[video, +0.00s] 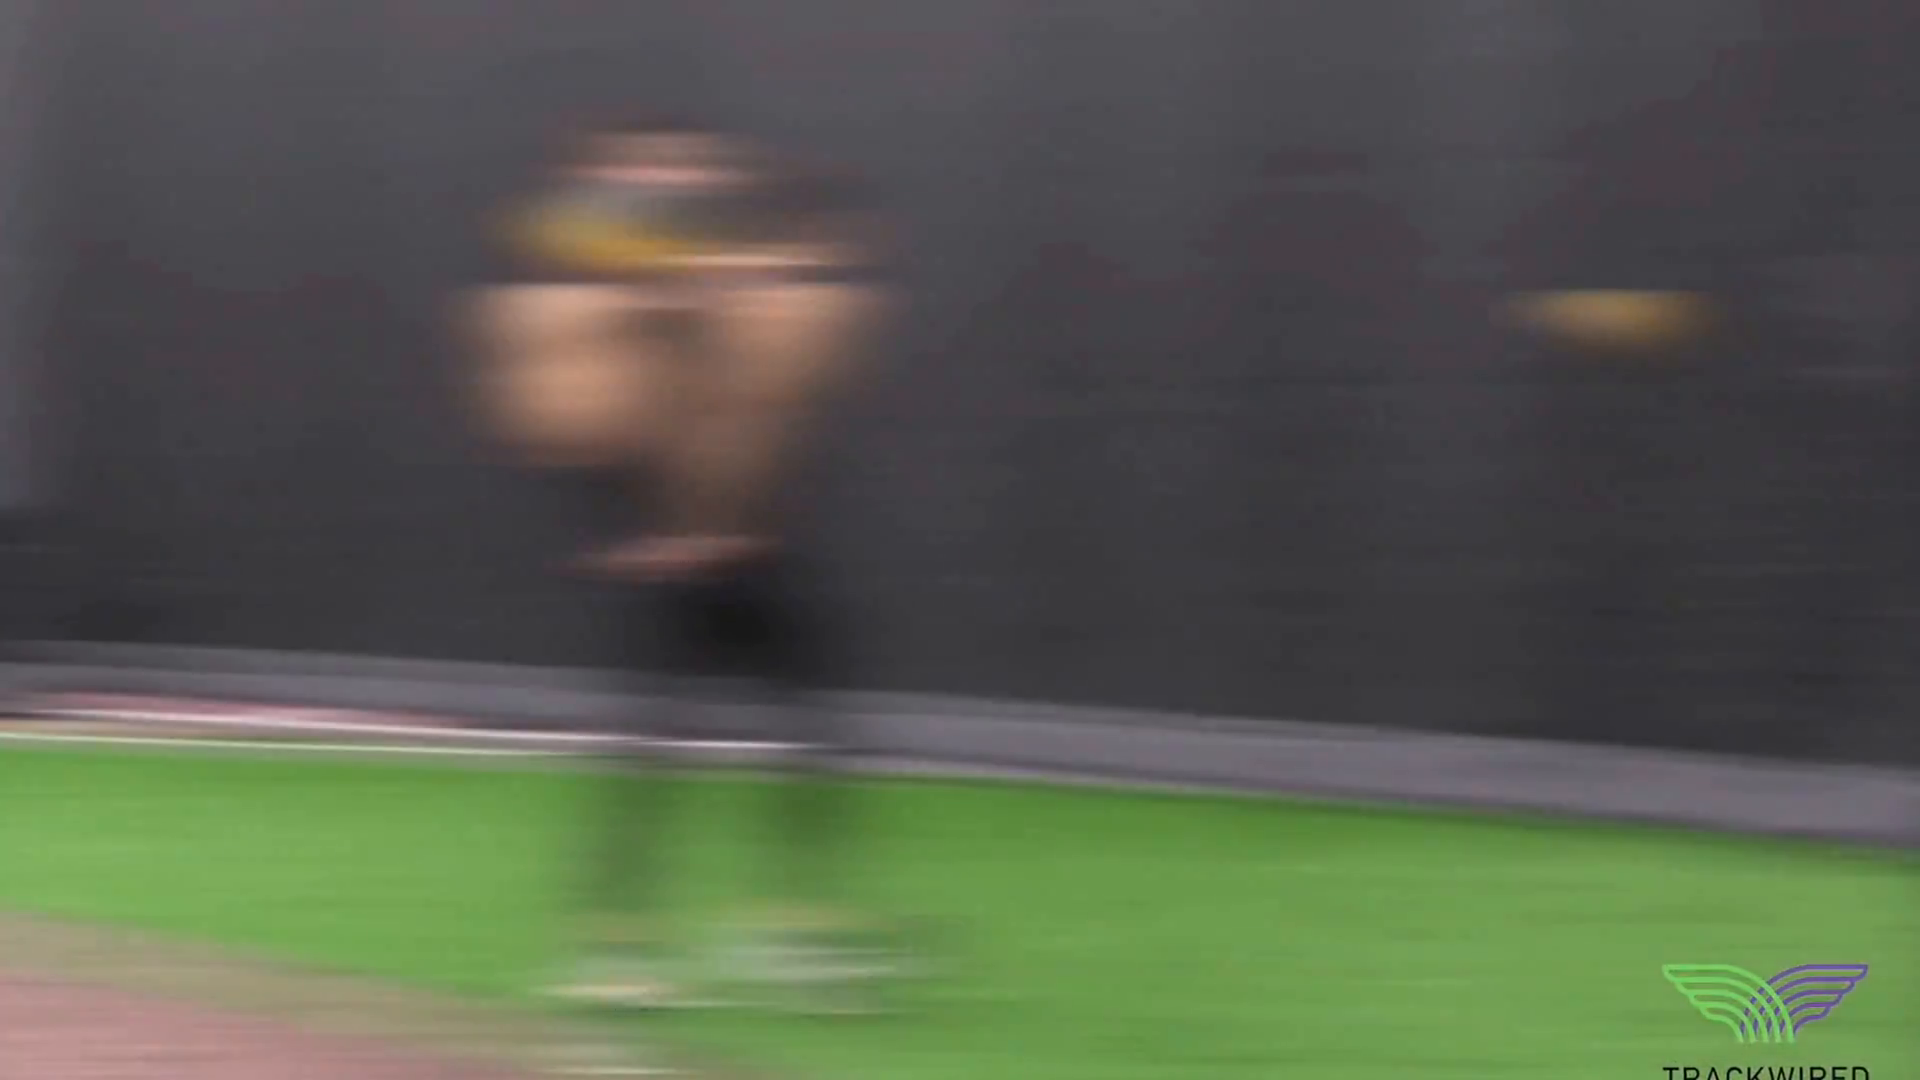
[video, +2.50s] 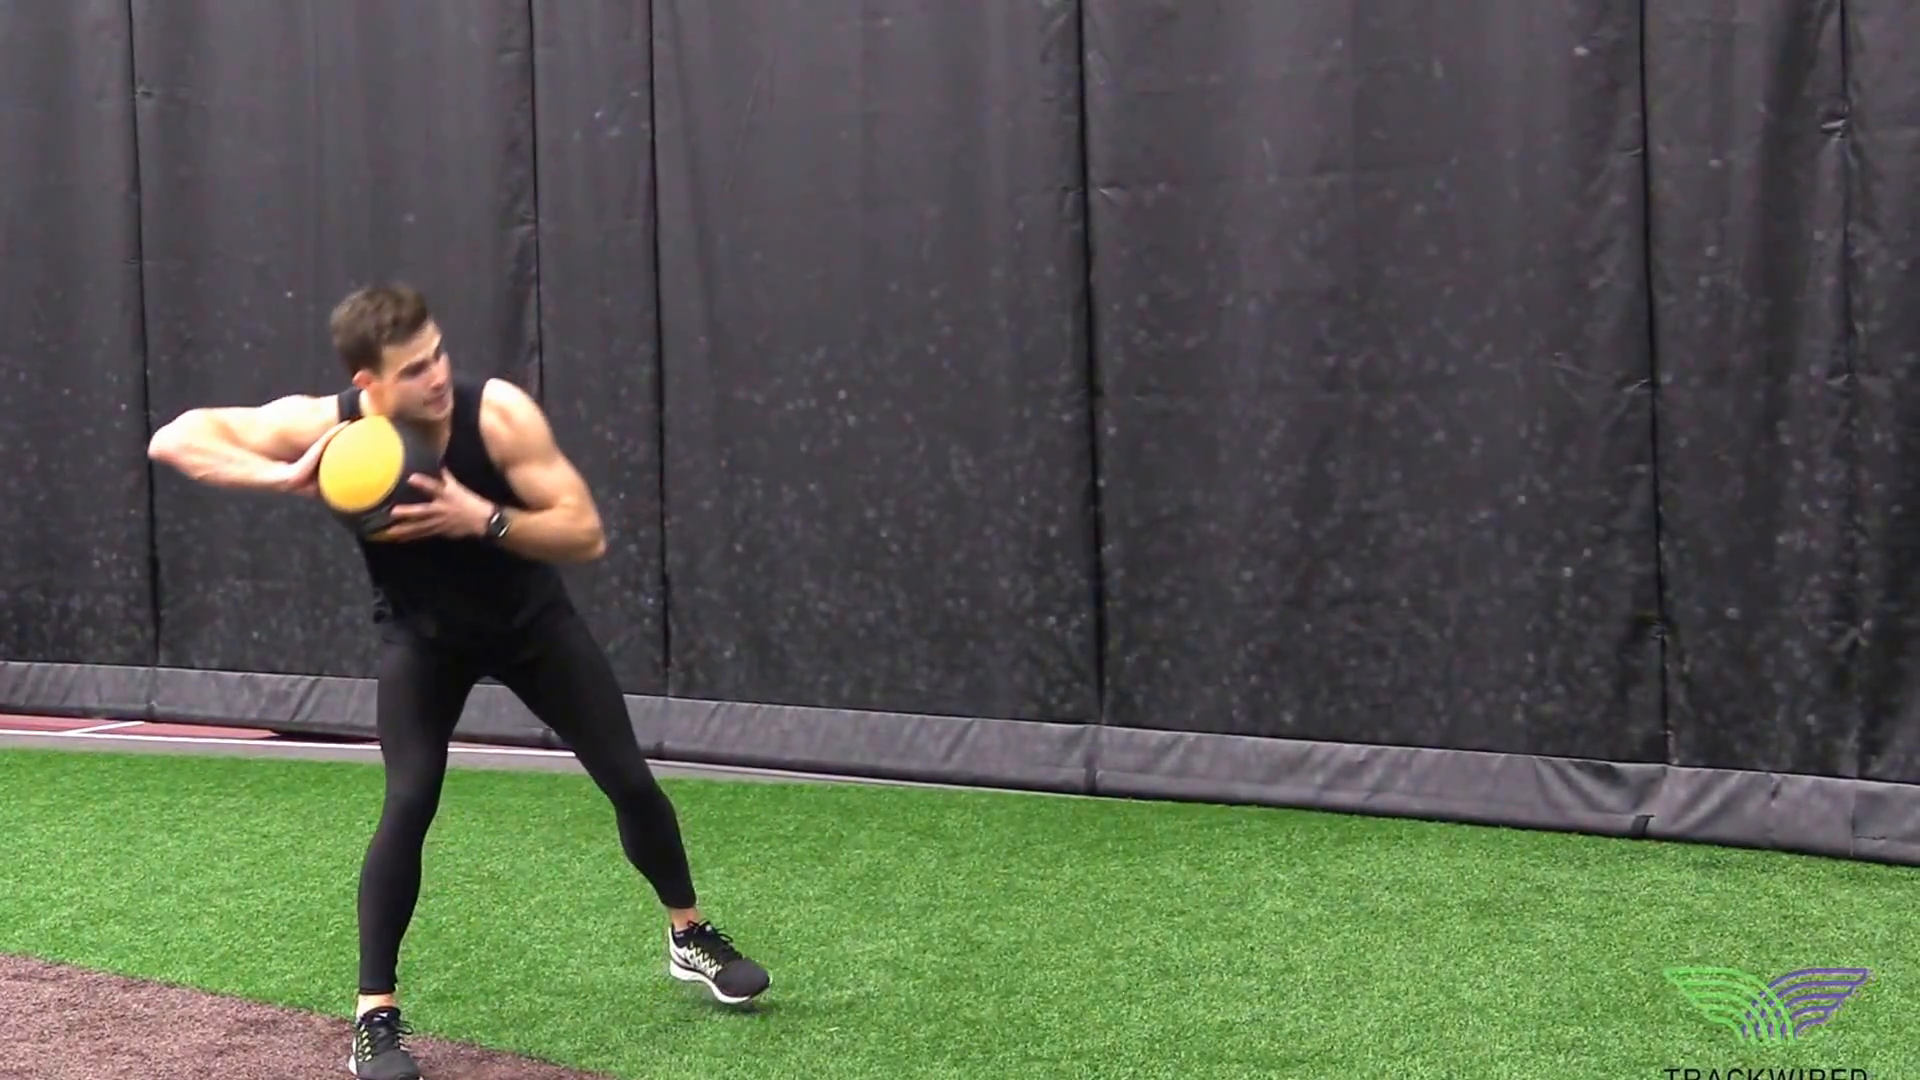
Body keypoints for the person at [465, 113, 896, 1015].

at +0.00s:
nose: (663, 208)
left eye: (686, 189)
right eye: (637, 192)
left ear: (724, 188)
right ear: (596, 196)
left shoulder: (767, 263)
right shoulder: (582, 277)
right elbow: (553, 407)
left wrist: (720, 513)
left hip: (755, 537)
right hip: (641, 535)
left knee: (812, 717)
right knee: (640, 733)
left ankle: (801, 915)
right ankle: (618, 930)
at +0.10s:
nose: (677, 219)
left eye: (696, 198)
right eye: (648, 201)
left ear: (728, 206)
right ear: (595, 211)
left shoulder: (761, 293)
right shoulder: (582, 301)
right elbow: (568, 419)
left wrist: (784, 570)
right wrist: (659, 304)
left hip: (753, 564)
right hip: (649, 572)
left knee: (805, 726)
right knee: (644, 746)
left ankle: (810, 920)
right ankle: (616, 952)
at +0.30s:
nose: (674, 189)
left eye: (685, 175)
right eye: (654, 177)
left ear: (702, 192)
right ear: (612, 200)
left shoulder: (738, 297)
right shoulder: (590, 309)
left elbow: (832, 389)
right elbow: (563, 427)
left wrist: (768, 300)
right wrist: (635, 327)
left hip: (757, 573)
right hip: (664, 582)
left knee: (818, 748)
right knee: (651, 780)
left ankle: (847, 934)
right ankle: (617, 994)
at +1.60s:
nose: (716, 213)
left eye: (721, 198)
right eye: (695, 199)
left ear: (728, 214)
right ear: (643, 216)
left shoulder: (751, 308)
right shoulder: (597, 302)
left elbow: (841, 422)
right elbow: (457, 314)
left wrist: (792, 342)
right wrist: (578, 313)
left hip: (720, 585)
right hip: (618, 582)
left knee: (747, 765)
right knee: (596, 753)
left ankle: (771, 959)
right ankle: (528, 972)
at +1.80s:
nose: (615, 230)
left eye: (619, 213)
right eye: (594, 216)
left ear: (627, 224)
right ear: (543, 233)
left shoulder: (668, 315)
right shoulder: (498, 312)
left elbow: (750, 428)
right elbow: (355, 331)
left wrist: (685, 360)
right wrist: (482, 333)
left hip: (639, 588)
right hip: (530, 584)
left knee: (671, 772)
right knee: (496, 761)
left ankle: (698, 962)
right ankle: (420, 980)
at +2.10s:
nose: (523, 278)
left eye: (527, 260)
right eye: (500, 267)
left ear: (537, 264)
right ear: (452, 284)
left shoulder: (583, 345)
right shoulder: (417, 354)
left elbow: (671, 462)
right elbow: (259, 373)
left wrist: (580, 422)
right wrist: (376, 388)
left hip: (579, 612)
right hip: (470, 612)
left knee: (648, 779)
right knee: (436, 789)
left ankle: (683, 961)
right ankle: (377, 1004)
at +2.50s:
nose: (441, 376)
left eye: (440, 354)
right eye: (417, 368)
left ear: (448, 346)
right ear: (367, 384)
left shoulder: (501, 412)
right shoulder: (328, 427)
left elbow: (585, 535)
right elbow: (172, 441)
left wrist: (486, 518)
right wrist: (275, 473)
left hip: (535, 619)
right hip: (424, 636)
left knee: (631, 781)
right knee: (409, 800)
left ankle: (692, 933)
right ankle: (377, 1011)